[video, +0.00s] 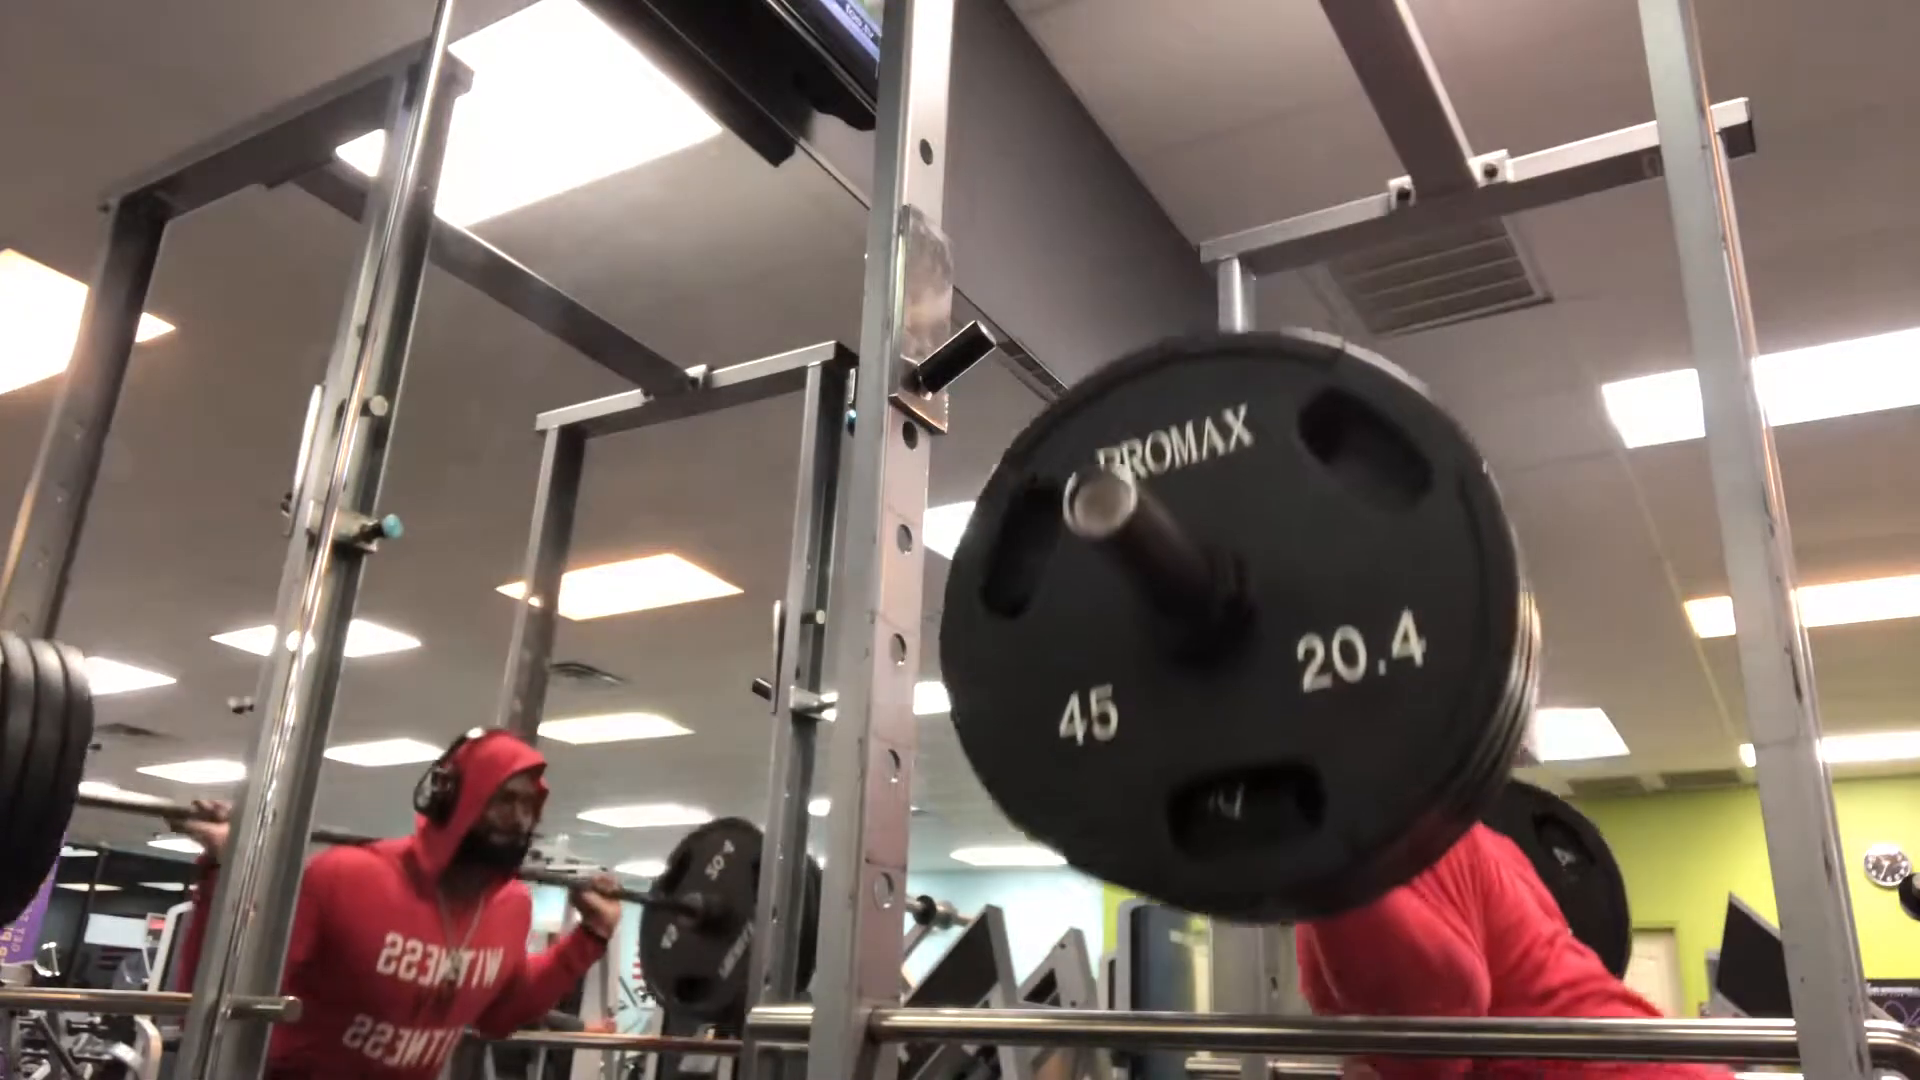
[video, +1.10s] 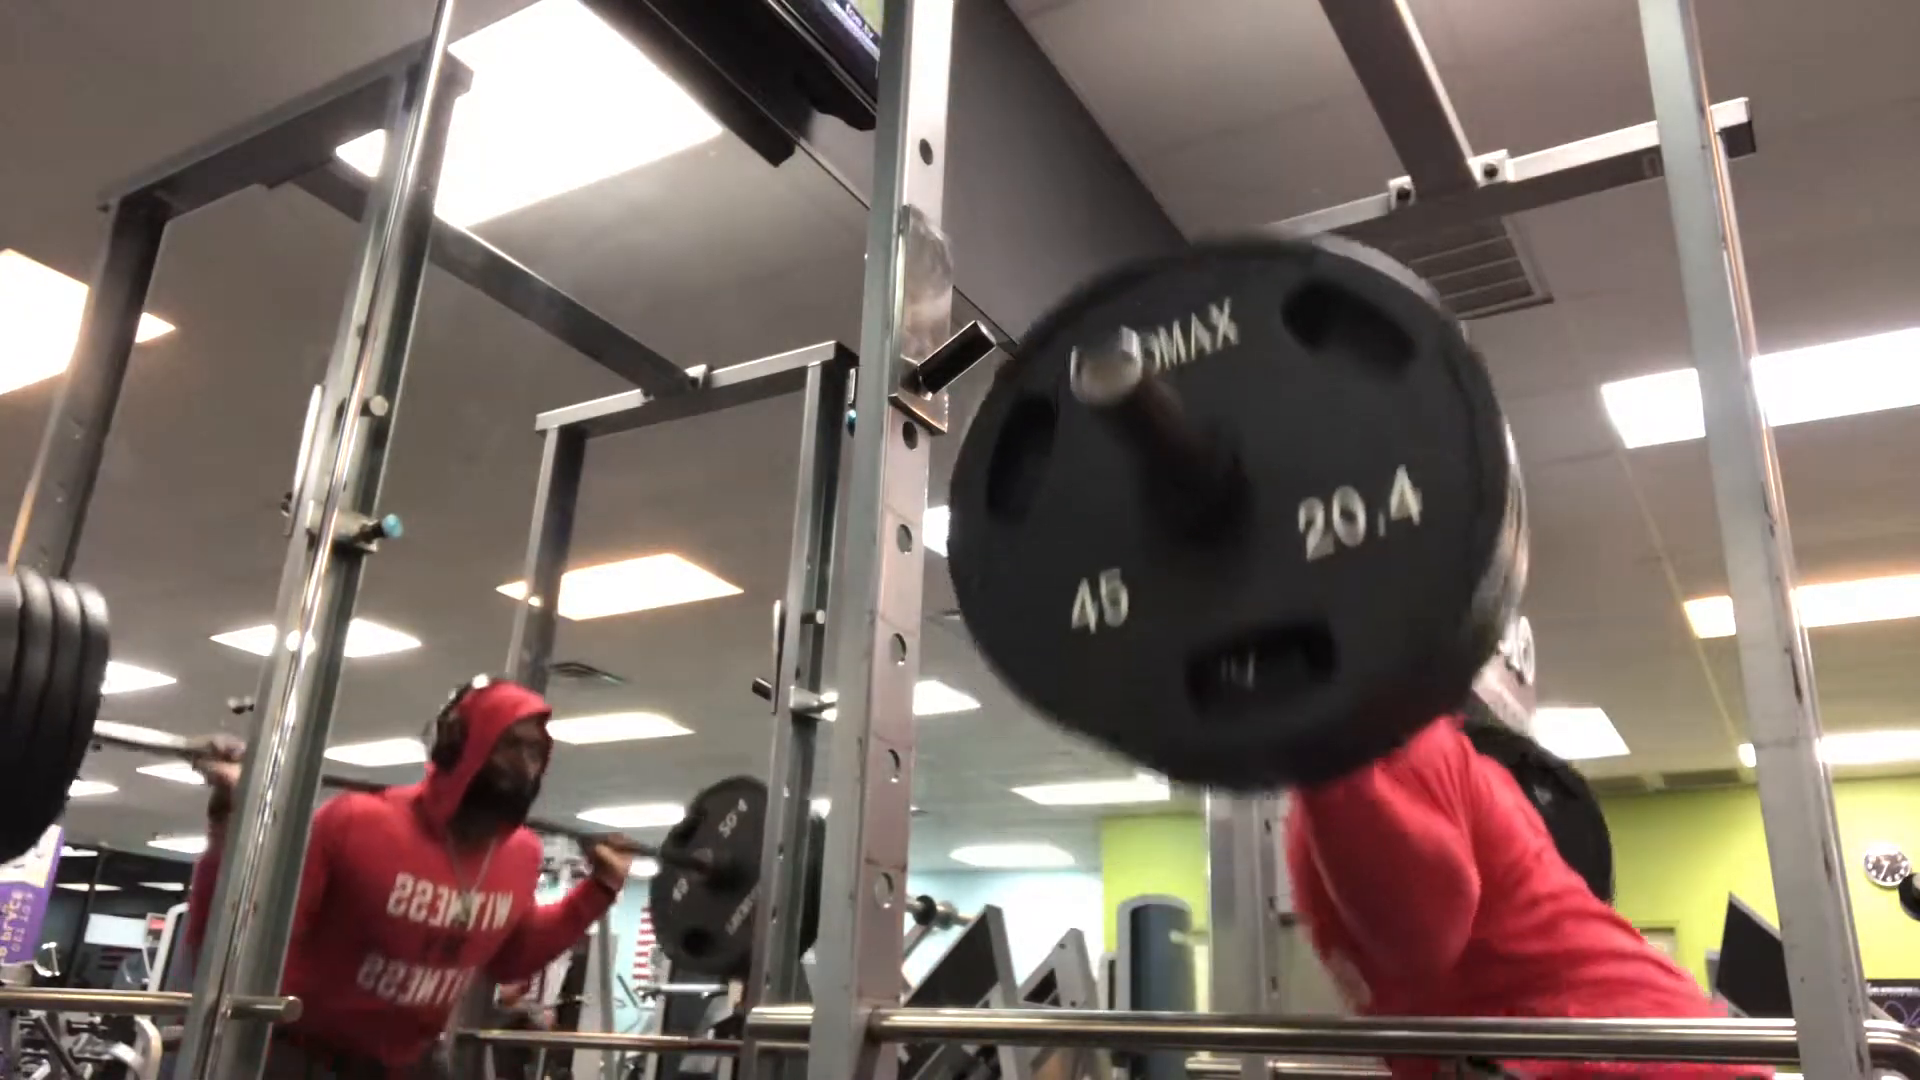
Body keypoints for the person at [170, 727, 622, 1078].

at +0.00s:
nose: (521, 821)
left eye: (532, 805)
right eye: (504, 800)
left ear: (540, 812)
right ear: (456, 799)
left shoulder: (512, 906)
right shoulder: (341, 878)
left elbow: (497, 1016)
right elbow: (220, 991)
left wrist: (586, 940)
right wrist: (223, 870)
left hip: (415, 1072)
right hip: (303, 1067)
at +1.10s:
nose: (528, 766)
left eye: (539, 752)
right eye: (511, 747)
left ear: (547, 762)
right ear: (467, 746)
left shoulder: (520, 855)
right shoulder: (354, 822)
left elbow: (507, 959)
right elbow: (225, 941)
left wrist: (599, 889)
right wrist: (231, 820)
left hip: (412, 1063)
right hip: (307, 1052)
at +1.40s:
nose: (540, 664)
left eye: (548, 648)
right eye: (523, 642)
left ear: (554, 660)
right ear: (476, 646)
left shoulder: (534, 758)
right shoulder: (372, 719)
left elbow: (525, 866)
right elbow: (236, 822)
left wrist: (604, 799)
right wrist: (250, 703)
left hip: (428, 996)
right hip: (326, 985)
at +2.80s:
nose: (525, 606)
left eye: (537, 593)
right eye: (512, 586)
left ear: (548, 602)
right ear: (468, 580)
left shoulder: (521, 687)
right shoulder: (365, 641)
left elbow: (511, 791)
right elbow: (232, 751)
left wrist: (599, 721)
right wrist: (243, 628)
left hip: (440, 952)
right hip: (330, 930)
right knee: (308, 1069)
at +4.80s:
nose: (516, 873)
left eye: (528, 859)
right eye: (501, 854)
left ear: (538, 868)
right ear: (454, 848)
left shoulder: (508, 952)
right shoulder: (336, 925)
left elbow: (493, 1049)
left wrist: (585, 983)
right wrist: (227, 911)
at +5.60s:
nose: (537, 728)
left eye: (546, 712)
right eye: (520, 708)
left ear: (551, 724)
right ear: (470, 710)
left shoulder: (528, 823)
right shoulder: (363, 791)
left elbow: (517, 925)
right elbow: (245, 900)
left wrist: (604, 855)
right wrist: (248, 773)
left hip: (426, 1044)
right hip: (320, 1034)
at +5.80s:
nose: (546, 660)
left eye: (553, 644)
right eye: (530, 639)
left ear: (557, 657)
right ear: (481, 643)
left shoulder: (536, 755)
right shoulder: (377, 718)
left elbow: (530, 863)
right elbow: (261, 828)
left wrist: (605, 794)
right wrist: (255, 707)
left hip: (437, 993)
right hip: (335, 984)